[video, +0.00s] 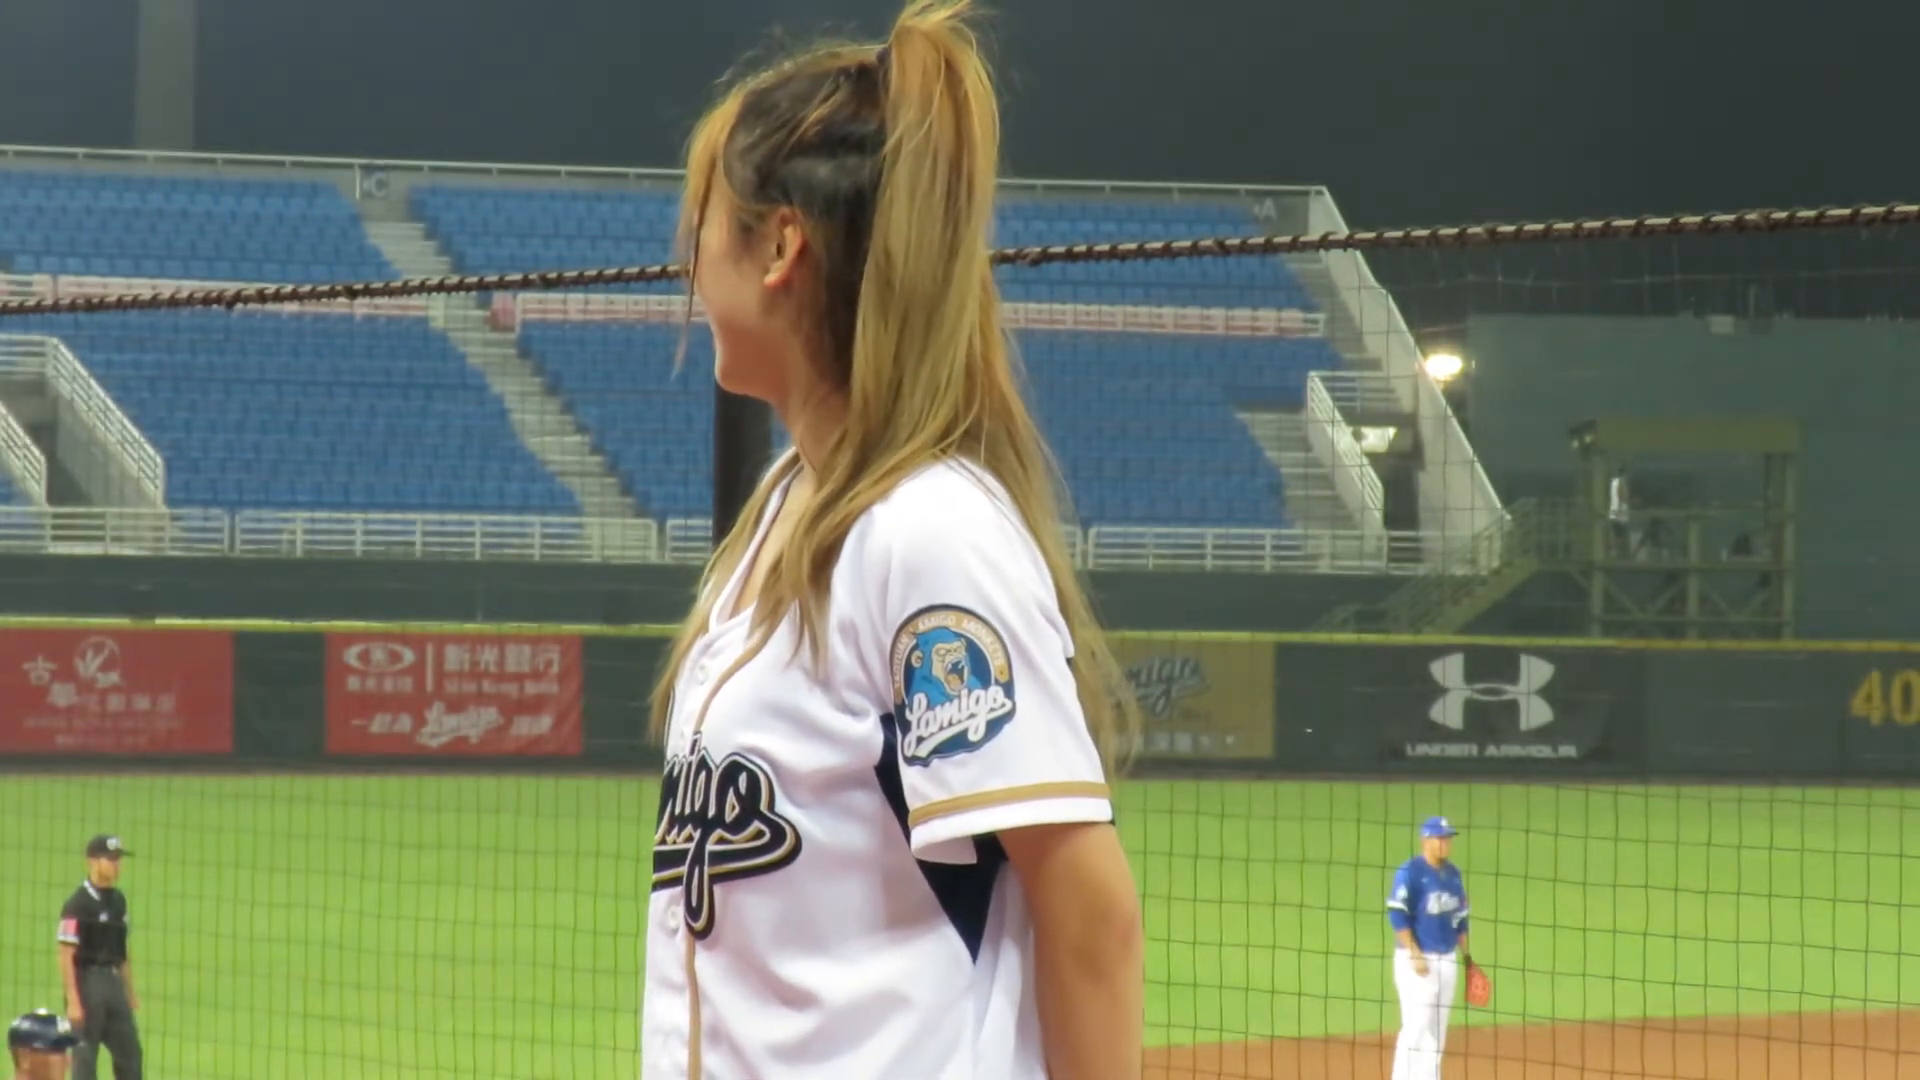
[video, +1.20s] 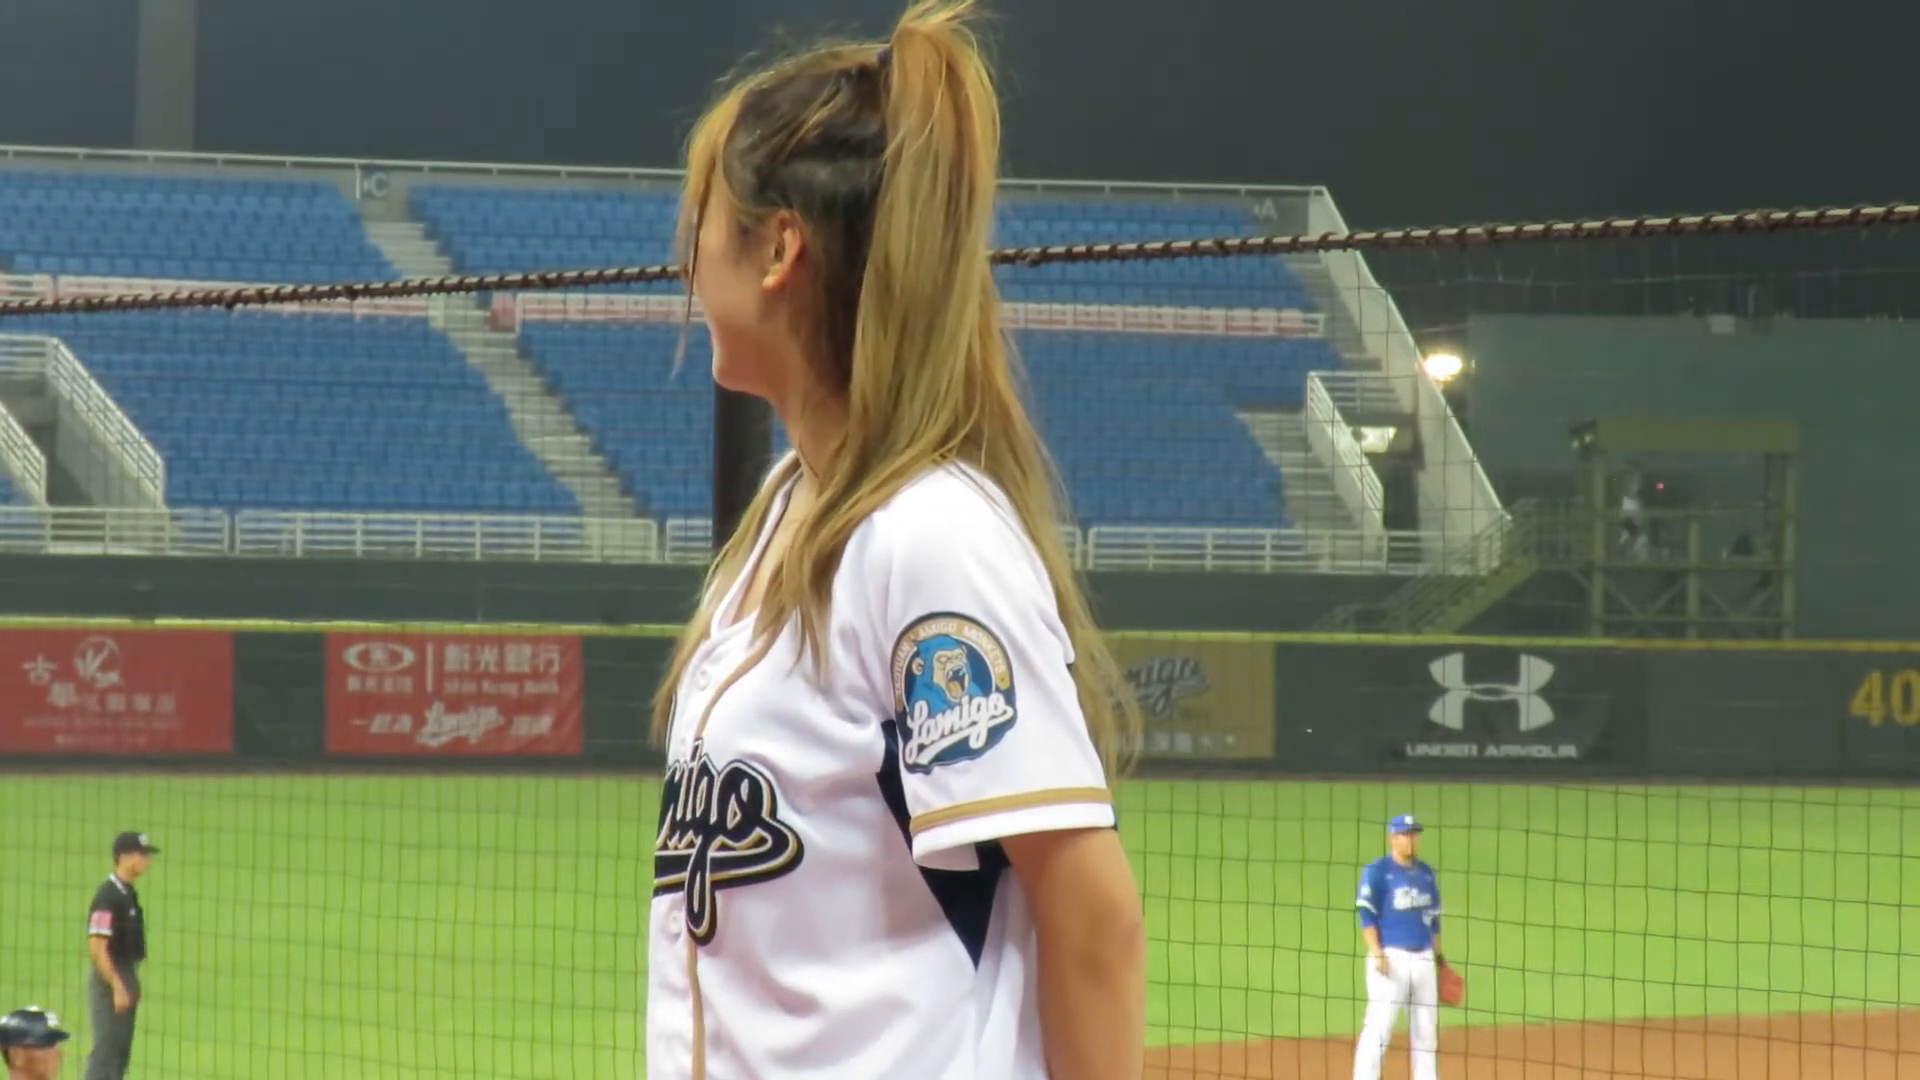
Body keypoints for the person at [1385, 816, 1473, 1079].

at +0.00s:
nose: (1445, 844)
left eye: (1447, 839)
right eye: (1439, 839)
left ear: (1450, 842)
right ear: (1426, 840)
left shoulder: (1452, 874)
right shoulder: (1410, 872)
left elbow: (1460, 921)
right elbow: (1397, 914)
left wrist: (1467, 960)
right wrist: (1415, 952)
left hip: (1447, 960)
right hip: (1416, 958)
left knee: (1437, 1028)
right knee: (1416, 1025)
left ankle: (1429, 1075)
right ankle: (1404, 1075)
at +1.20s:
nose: (1410, 840)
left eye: (1413, 835)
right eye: (1404, 835)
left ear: (1417, 838)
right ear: (1392, 838)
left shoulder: (1426, 872)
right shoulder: (1376, 871)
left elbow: (1432, 921)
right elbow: (1366, 914)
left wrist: (1439, 959)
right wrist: (1377, 953)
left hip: (1424, 958)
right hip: (1390, 957)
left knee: (1426, 1032)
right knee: (1378, 1030)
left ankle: (1426, 1077)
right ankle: (1365, 1076)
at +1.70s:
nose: (1380, 844)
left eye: (1383, 839)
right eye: (1374, 839)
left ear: (1388, 840)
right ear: (1362, 841)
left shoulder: (1397, 869)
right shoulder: (1349, 874)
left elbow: (1407, 916)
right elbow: (1338, 918)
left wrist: (1418, 950)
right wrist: (1341, 958)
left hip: (1397, 958)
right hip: (1364, 958)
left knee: (1407, 1025)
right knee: (1364, 1029)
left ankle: (1399, 1075)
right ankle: (1359, 1075)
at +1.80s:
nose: (1380, 845)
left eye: (1382, 839)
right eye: (1373, 840)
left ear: (1386, 840)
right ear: (1361, 841)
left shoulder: (1395, 868)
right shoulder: (1347, 873)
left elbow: (1405, 915)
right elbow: (1336, 917)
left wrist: (1415, 948)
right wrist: (1340, 956)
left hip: (1395, 957)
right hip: (1362, 957)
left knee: (1400, 1025)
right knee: (1363, 1027)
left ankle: (1381, 1074)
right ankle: (1361, 1075)